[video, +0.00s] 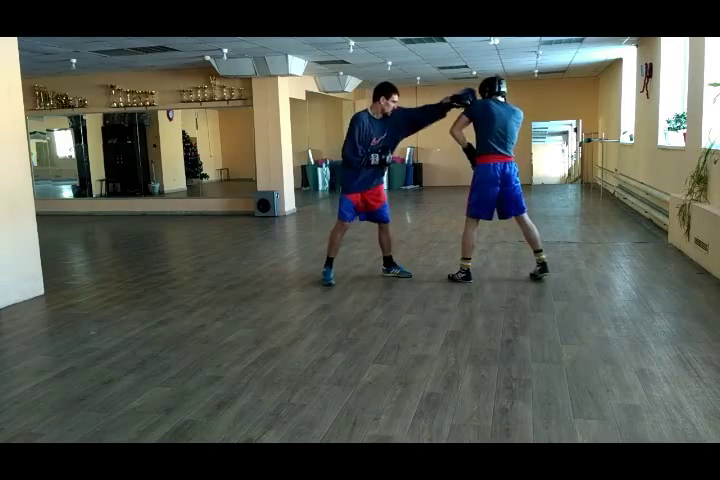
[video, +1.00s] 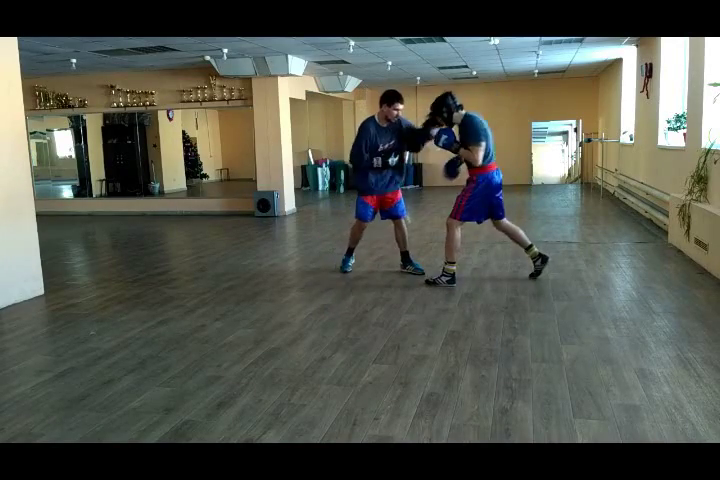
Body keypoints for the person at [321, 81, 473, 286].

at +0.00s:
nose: (394, 107)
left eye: (396, 103)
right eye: (392, 102)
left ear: (385, 101)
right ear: (380, 99)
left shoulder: (395, 117)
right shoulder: (360, 120)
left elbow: (422, 113)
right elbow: (349, 155)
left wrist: (449, 103)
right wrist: (377, 158)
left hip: (375, 182)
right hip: (353, 183)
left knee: (384, 223)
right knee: (343, 223)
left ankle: (389, 265)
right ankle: (328, 267)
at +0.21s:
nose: (386, 104)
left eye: (387, 100)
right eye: (384, 100)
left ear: (379, 99)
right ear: (371, 97)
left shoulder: (386, 118)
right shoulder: (352, 120)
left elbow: (399, 135)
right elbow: (344, 154)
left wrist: (417, 119)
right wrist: (370, 155)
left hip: (378, 182)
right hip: (355, 182)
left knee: (385, 223)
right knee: (345, 222)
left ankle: (390, 263)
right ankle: (332, 260)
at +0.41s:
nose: (379, 108)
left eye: (380, 104)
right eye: (377, 103)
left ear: (367, 103)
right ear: (365, 101)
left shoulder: (371, 123)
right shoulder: (349, 125)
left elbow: (379, 151)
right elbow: (346, 163)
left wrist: (391, 134)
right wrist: (375, 160)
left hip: (375, 183)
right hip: (355, 187)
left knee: (392, 214)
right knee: (350, 224)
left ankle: (395, 259)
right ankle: (333, 261)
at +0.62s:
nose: (387, 108)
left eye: (388, 104)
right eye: (385, 103)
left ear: (376, 102)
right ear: (373, 101)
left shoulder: (381, 123)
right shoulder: (357, 124)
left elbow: (389, 150)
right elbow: (353, 161)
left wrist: (402, 131)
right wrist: (382, 159)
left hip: (383, 183)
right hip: (361, 186)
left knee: (398, 220)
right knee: (350, 225)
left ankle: (406, 260)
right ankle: (333, 261)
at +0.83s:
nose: (404, 112)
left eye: (406, 108)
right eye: (402, 107)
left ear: (401, 108)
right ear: (389, 104)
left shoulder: (402, 125)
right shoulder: (372, 125)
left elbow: (423, 120)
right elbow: (356, 153)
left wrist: (443, 113)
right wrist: (381, 163)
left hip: (391, 183)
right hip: (369, 184)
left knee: (401, 219)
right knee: (358, 219)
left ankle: (406, 260)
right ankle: (339, 257)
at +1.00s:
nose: (399, 114)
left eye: (400, 110)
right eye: (396, 109)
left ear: (400, 109)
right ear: (383, 107)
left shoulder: (401, 124)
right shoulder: (368, 127)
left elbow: (415, 144)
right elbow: (356, 159)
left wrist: (429, 131)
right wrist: (387, 161)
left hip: (392, 183)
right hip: (369, 185)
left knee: (400, 220)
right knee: (361, 223)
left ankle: (406, 259)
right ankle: (349, 255)